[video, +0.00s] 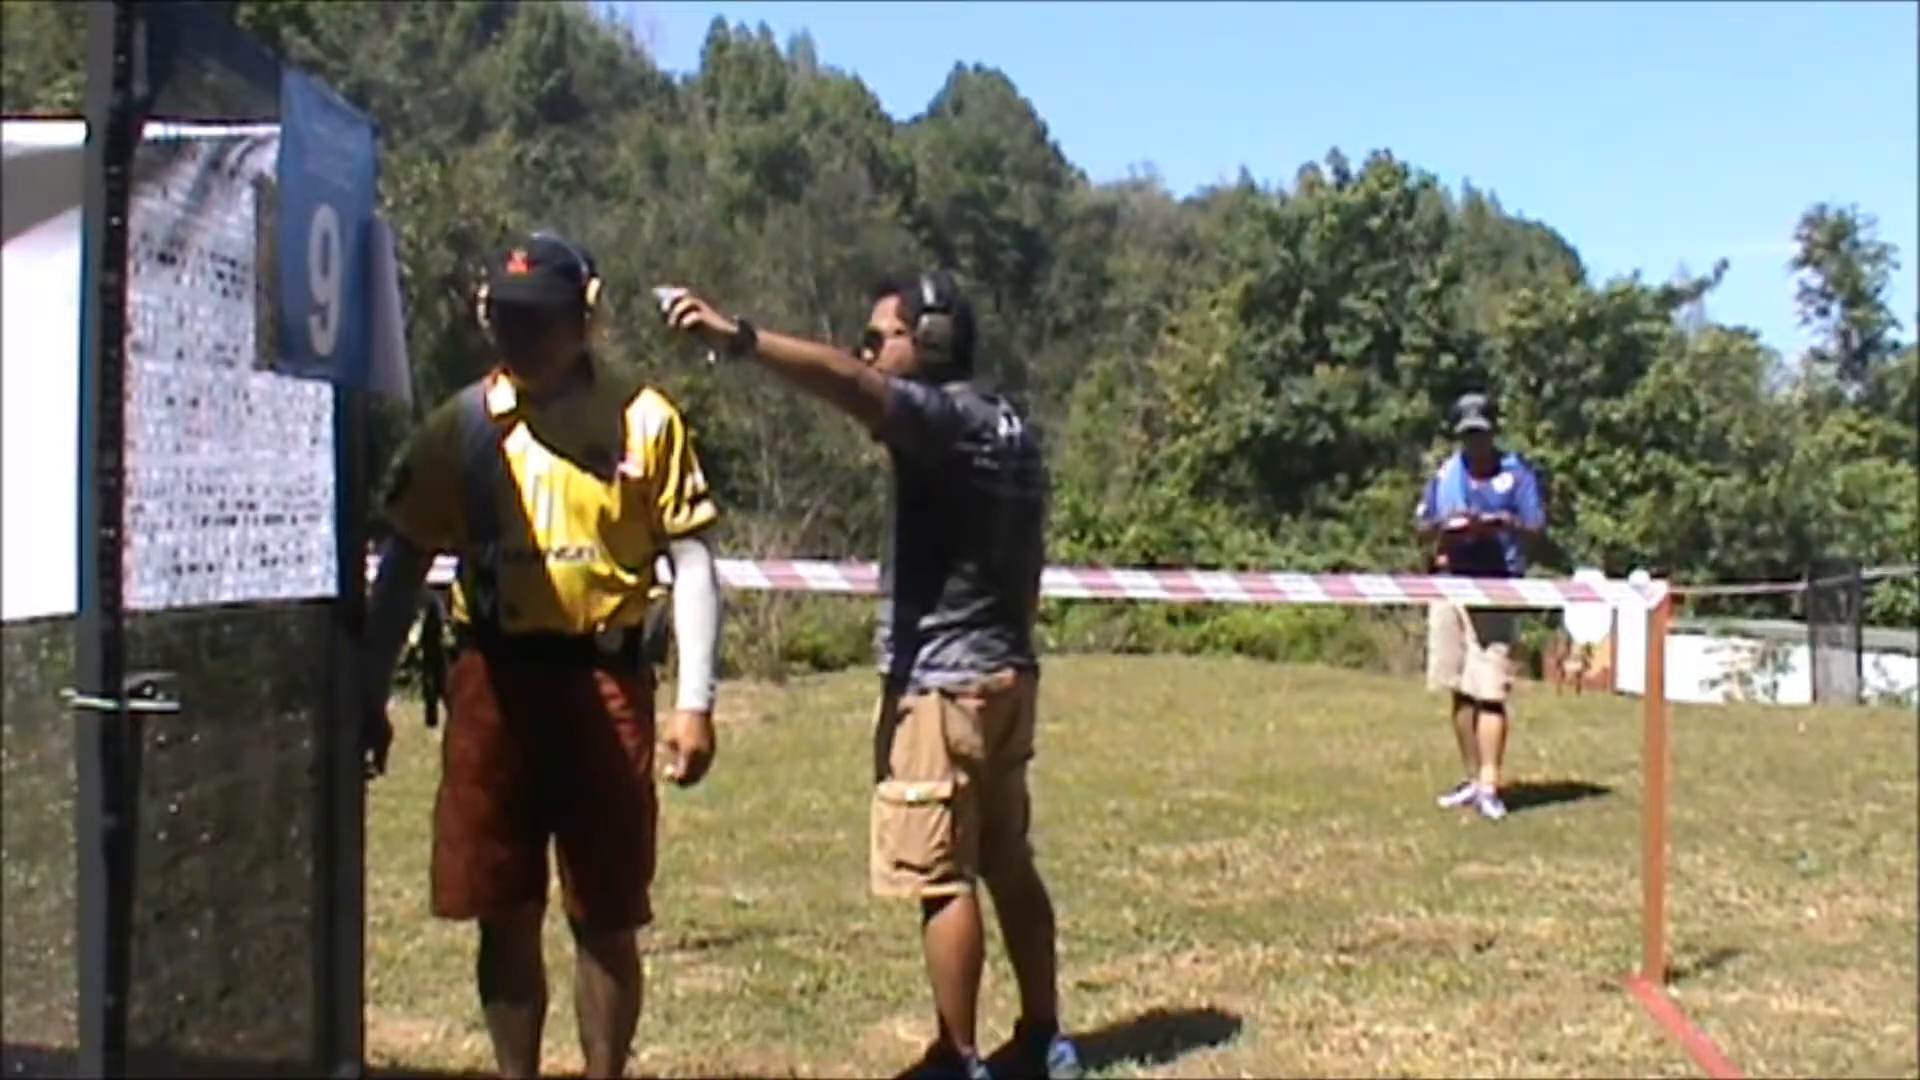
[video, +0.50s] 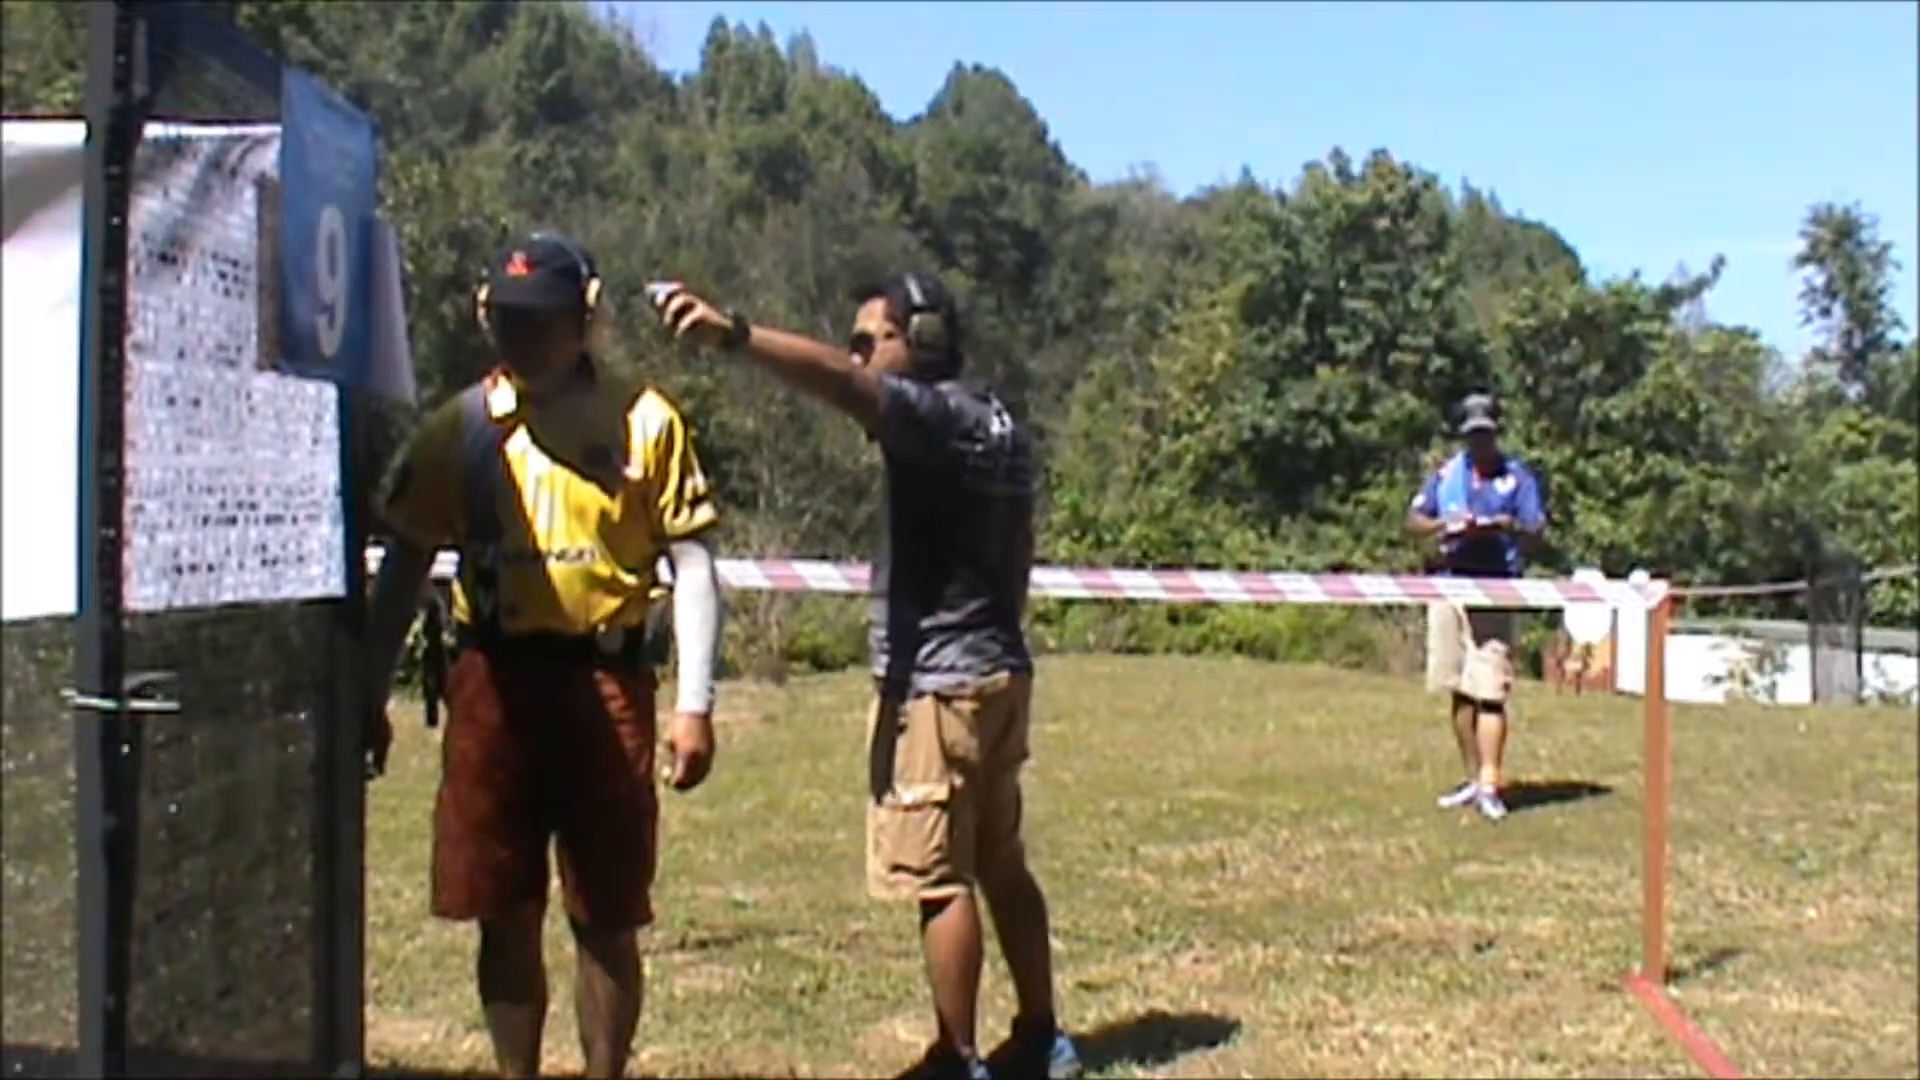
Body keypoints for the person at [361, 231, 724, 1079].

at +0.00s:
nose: (515, 335)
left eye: (535, 320)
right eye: (505, 318)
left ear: (585, 323)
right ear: (490, 317)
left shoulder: (645, 423)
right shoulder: (464, 425)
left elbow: (692, 561)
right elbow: (404, 564)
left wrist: (696, 697)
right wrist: (370, 695)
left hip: (606, 694)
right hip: (496, 694)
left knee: (606, 924)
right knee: (503, 915)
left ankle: (605, 1072)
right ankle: (517, 1072)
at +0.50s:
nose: (516, 339)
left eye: (536, 323)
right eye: (506, 320)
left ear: (585, 323)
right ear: (488, 317)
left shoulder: (645, 423)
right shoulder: (463, 426)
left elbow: (692, 565)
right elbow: (405, 565)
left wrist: (695, 700)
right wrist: (370, 695)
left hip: (605, 694)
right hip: (495, 694)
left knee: (606, 923)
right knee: (503, 915)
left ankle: (605, 1071)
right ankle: (517, 1071)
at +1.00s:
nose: (519, 338)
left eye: (539, 323)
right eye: (507, 320)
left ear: (586, 323)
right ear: (490, 317)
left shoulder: (645, 424)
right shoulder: (463, 426)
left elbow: (693, 565)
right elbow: (405, 565)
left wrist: (695, 701)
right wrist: (369, 695)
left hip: (606, 692)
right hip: (495, 693)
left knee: (607, 923)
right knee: (503, 914)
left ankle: (607, 1071)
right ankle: (517, 1072)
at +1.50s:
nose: (516, 339)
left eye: (536, 324)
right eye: (505, 321)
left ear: (583, 326)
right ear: (490, 320)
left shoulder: (645, 424)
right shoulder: (465, 426)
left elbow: (692, 564)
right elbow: (405, 565)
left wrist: (694, 701)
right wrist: (370, 694)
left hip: (605, 694)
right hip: (495, 694)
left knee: (606, 925)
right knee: (503, 917)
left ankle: (606, 1072)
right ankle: (517, 1072)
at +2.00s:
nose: (517, 340)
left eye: (537, 324)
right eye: (507, 321)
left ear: (585, 327)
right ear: (492, 319)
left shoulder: (646, 423)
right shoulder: (467, 425)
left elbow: (694, 565)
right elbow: (407, 567)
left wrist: (698, 701)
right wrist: (370, 697)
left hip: (607, 693)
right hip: (496, 693)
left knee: (607, 924)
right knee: (504, 916)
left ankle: (605, 1071)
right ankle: (518, 1072)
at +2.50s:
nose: (594, 453)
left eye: (610, 435)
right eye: (575, 437)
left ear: (638, 411)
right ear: (545, 413)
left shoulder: (685, 481)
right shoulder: (495, 455)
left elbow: (766, 594)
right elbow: (455, 522)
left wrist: (818, 723)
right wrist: (479, 649)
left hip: (664, 714)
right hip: (541, 712)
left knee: (757, 909)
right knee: (491, 928)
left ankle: (789, 1048)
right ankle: (503, 1071)